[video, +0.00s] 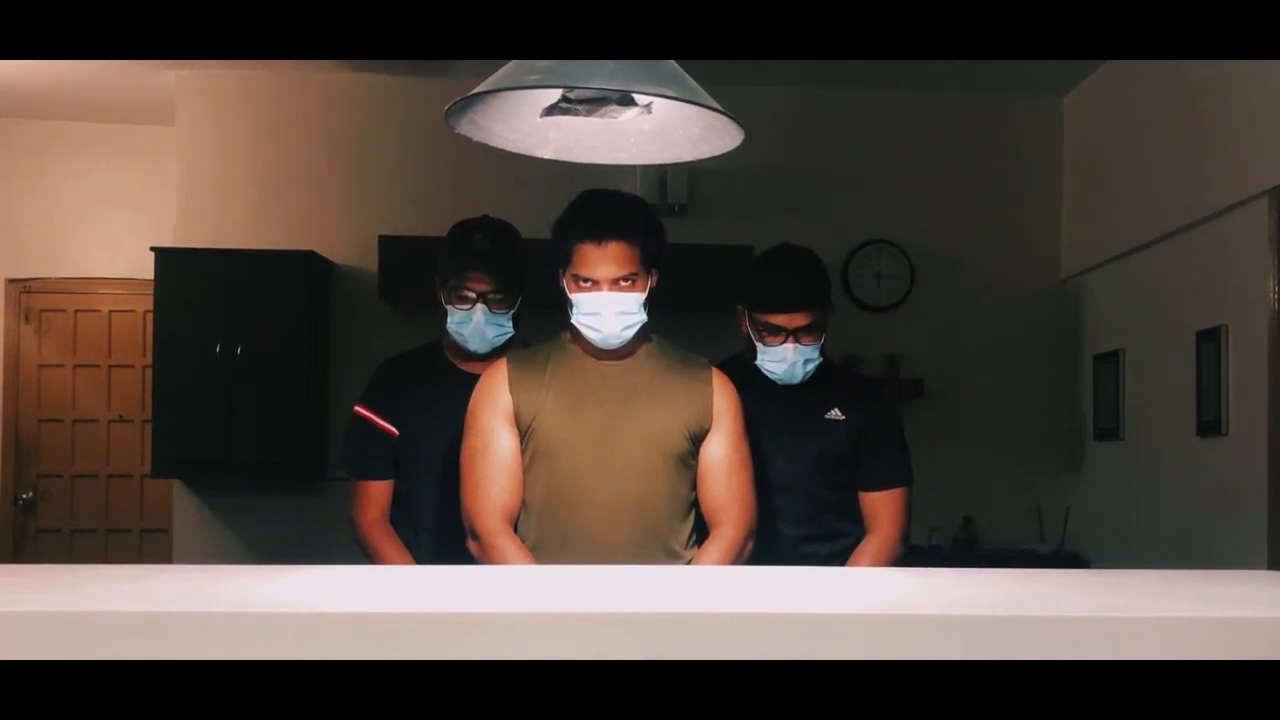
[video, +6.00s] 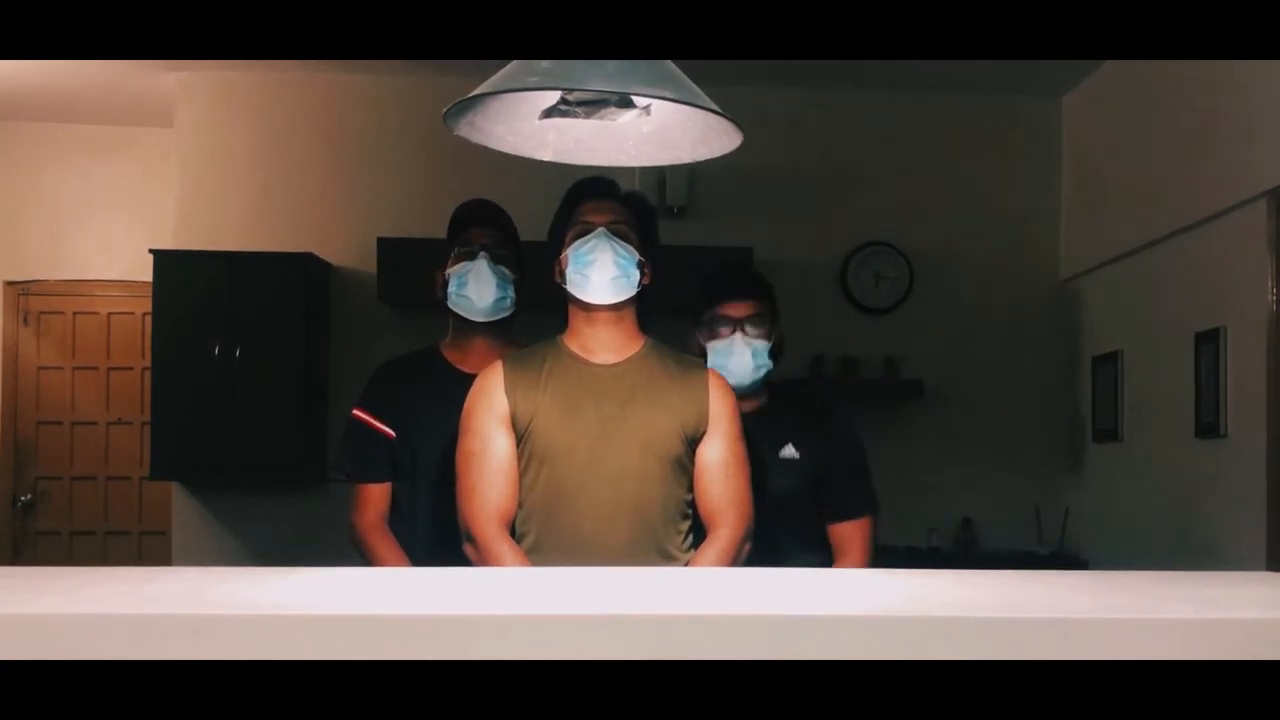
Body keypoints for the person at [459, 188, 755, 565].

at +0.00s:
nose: (605, 300)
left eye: (624, 282)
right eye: (586, 283)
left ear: (649, 282)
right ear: (564, 281)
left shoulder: (707, 389)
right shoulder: (507, 383)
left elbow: (733, 533)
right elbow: (488, 530)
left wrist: (670, 615)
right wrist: (555, 611)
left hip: (667, 615)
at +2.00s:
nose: (604, 275)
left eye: (623, 258)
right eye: (586, 259)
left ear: (648, 271)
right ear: (562, 270)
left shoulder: (705, 389)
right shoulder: (505, 383)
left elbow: (732, 531)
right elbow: (486, 531)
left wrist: (667, 615)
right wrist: (555, 615)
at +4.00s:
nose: (602, 242)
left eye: (620, 234)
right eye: (585, 232)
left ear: (645, 268)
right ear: (562, 264)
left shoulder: (703, 389)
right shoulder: (503, 382)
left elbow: (731, 531)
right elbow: (484, 531)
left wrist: (668, 615)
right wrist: (553, 616)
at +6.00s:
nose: (601, 244)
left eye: (619, 235)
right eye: (583, 235)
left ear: (644, 269)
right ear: (560, 266)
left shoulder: (703, 390)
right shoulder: (503, 384)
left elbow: (730, 531)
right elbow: (485, 533)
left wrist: (667, 617)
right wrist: (554, 623)